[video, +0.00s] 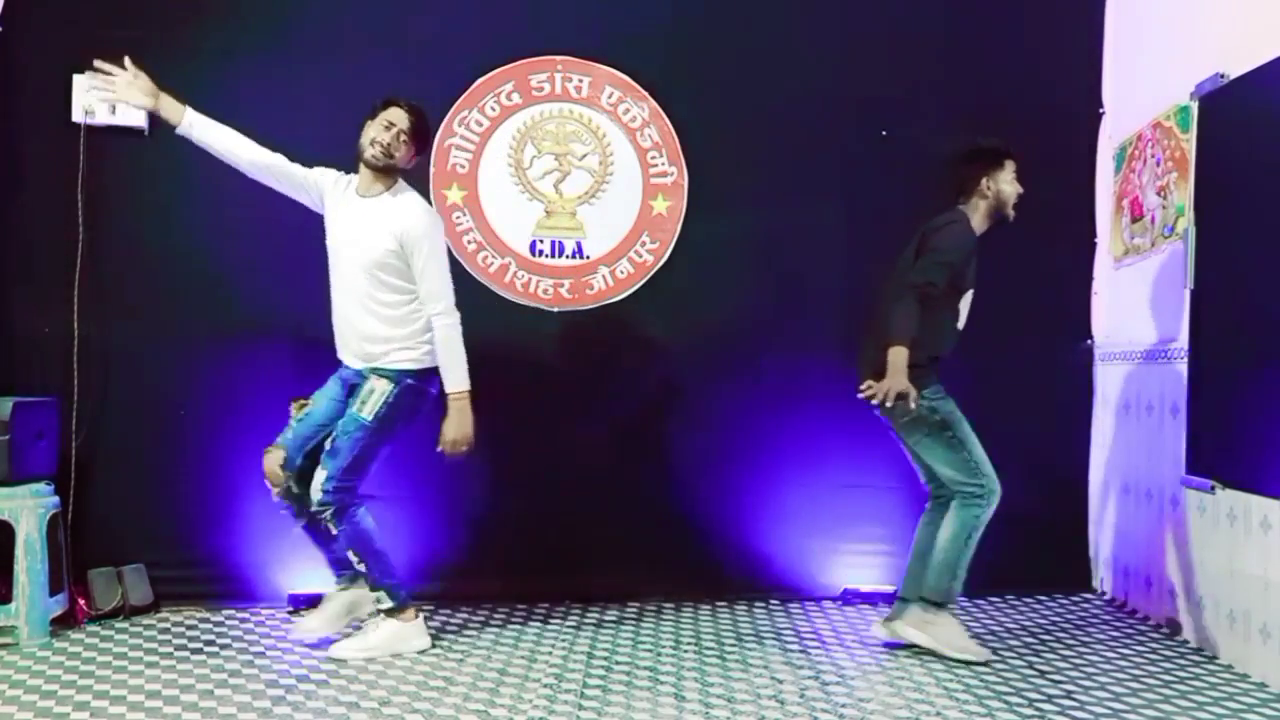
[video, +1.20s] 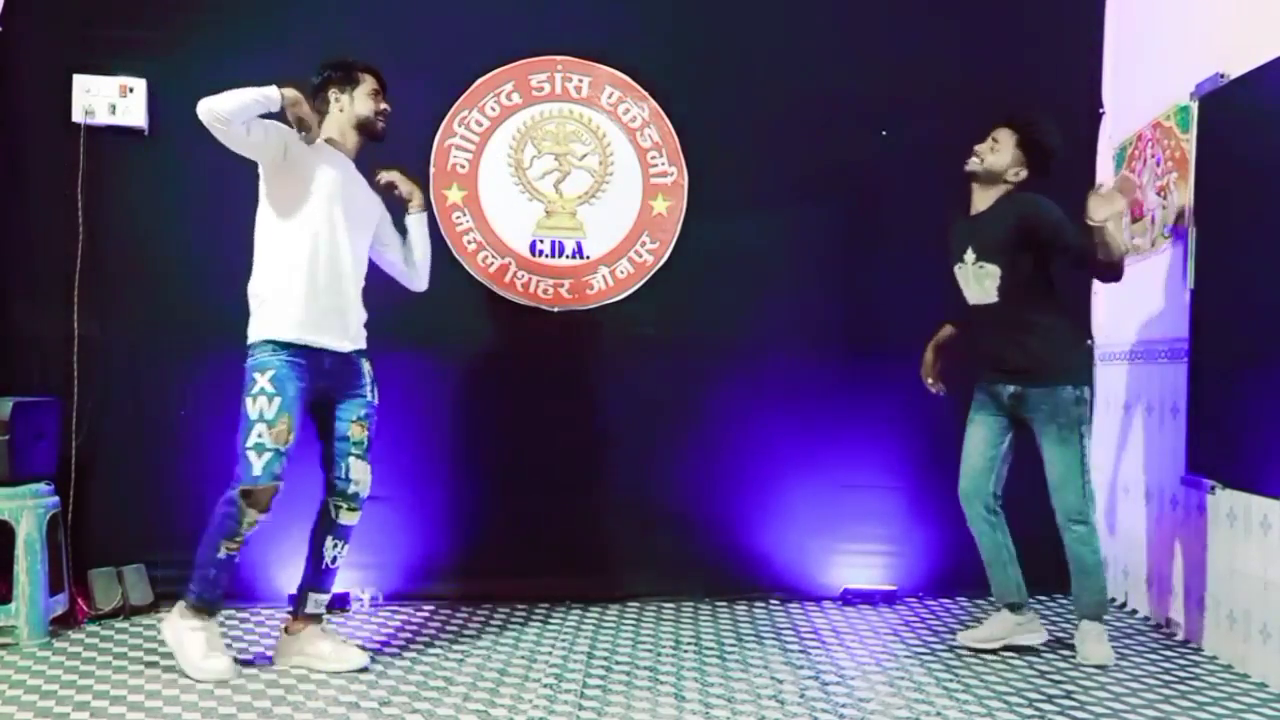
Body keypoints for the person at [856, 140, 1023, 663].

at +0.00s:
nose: (1019, 189)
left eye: (1018, 179)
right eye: (1013, 178)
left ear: (982, 184)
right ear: (985, 182)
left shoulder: (955, 232)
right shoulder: (956, 232)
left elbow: (916, 299)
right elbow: (909, 292)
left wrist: (897, 371)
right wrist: (897, 368)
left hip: (900, 382)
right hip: (916, 383)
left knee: (945, 493)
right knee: (980, 489)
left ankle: (908, 611)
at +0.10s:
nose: (1031, 183)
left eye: (1030, 173)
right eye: (1026, 172)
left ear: (997, 177)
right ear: (1000, 176)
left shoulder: (977, 228)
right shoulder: (965, 227)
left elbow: (939, 298)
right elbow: (925, 291)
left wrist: (917, 369)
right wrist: (914, 367)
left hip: (951, 385)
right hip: (940, 389)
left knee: (1011, 479)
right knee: (992, 499)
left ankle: (941, 586)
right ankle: (958, 627)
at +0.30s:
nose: (1052, 174)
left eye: (1051, 164)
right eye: (1046, 163)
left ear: (1019, 169)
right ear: (1017, 167)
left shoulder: (999, 232)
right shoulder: (972, 225)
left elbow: (988, 310)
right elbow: (938, 303)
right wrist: (931, 384)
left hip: (1006, 389)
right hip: (976, 392)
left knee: (1047, 500)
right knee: (1017, 503)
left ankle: (1014, 617)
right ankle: (962, 623)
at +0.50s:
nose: (991, 170)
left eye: (1002, 160)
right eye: (981, 159)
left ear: (1019, 167)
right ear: (965, 166)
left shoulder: (1035, 234)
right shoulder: (946, 235)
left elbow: (1060, 314)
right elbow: (933, 326)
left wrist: (1079, 385)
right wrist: (944, 408)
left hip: (1050, 388)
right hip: (987, 390)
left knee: (1087, 501)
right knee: (1004, 509)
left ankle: (1041, 610)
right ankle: (983, 621)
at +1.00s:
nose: (971, 166)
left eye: (980, 154)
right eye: (969, 157)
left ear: (1015, 153)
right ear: (979, 163)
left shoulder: (1064, 208)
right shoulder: (978, 235)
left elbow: (1111, 272)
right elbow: (975, 320)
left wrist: (1139, 335)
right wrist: (971, 391)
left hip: (1067, 381)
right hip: (998, 384)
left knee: (1080, 509)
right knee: (994, 504)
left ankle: (1087, 624)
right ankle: (983, 620)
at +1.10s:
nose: (981, 148)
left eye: (994, 140)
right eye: (981, 141)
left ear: (1025, 154)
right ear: (985, 154)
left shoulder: (1052, 205)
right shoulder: (975, 227)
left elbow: (1107, 263)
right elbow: (986, 313)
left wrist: (1139, 265)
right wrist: (956, 368)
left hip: (1064, 382)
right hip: (996, 382)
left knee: (1079, 507)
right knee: (985, 501)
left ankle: (1089, 623)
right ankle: (1000, 618)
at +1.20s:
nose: (981, 147)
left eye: (996, 145)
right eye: (985, 140)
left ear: (1019, 168)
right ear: (982, 157)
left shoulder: (1035, 211)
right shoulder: (964, 224)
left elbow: (1109, 270)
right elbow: (984, 302)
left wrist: (1106, 224)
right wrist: (943, 337)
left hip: (1054, 381)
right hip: (994, 380)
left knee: (1072, 506)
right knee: (975, 494)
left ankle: (1091, 623)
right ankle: (1016, 614)